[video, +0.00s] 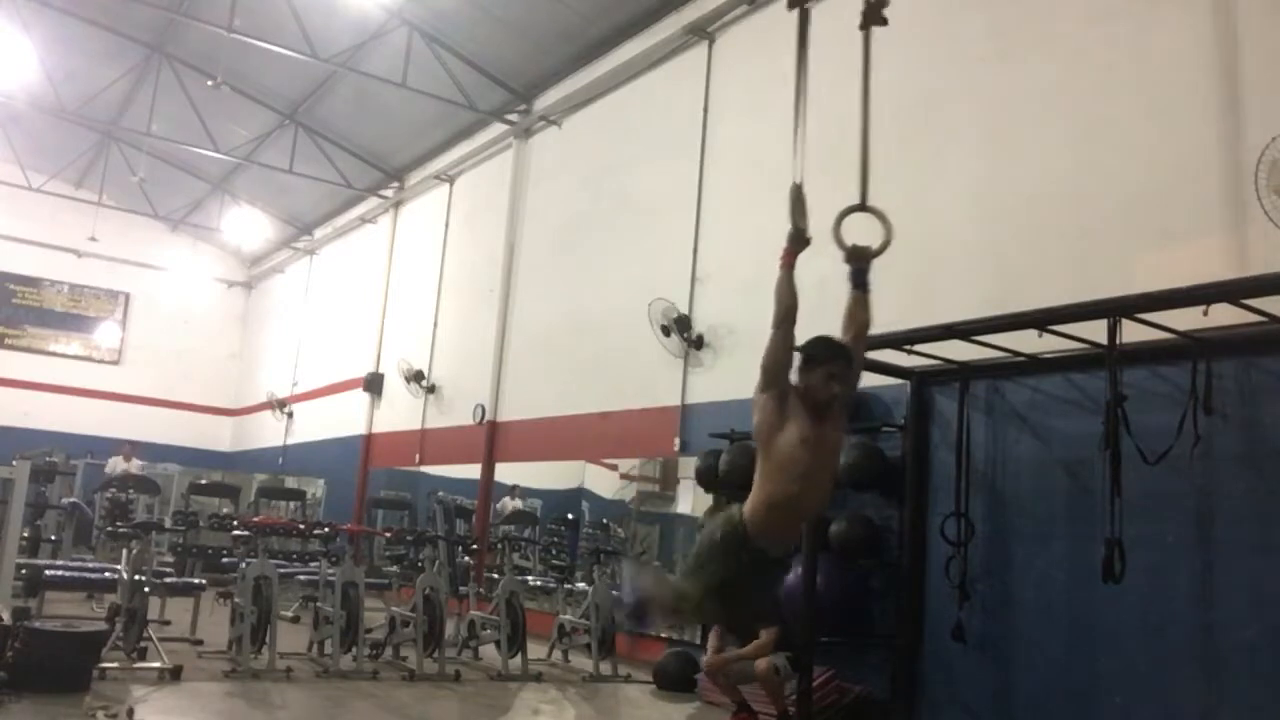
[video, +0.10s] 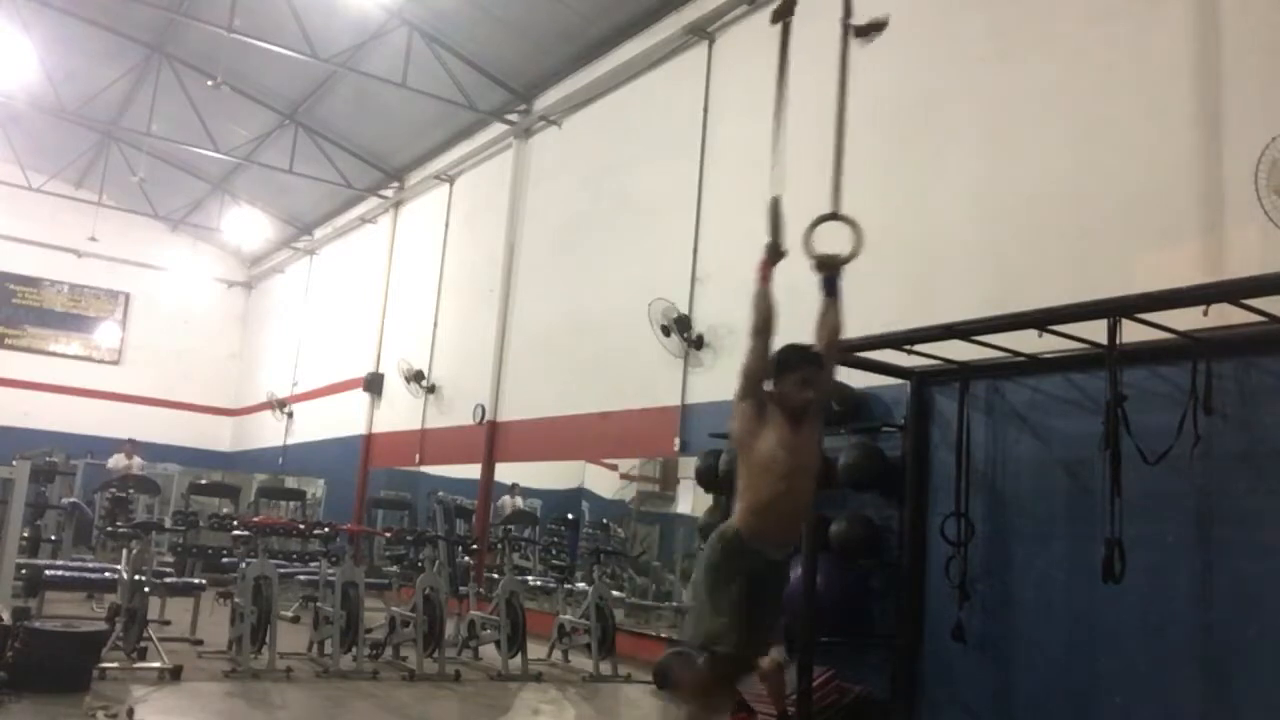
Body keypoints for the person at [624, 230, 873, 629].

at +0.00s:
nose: (837, 388)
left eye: (843, 381)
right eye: (829, 378)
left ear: (847, 386)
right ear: (803, 374)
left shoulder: (834, 416)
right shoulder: (776, 403)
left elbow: (855, 339)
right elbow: (783, 324)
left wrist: (860, 275)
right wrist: (790, 255)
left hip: (776, 557)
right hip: (736, 541)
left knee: (739, 628)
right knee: (689, 605)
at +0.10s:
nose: (810, 393)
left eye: (815, 386)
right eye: (801, 384)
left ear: (823, 387)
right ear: (778, 382)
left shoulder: (811, 418)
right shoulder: (754, 411)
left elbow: (828, 349)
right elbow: (761, 336)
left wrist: (830, 283)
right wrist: (764, 275)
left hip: (776, 562)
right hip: (734, 552)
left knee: (745, 659)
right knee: (712, 659)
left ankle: (702, 697)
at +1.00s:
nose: (842, 232)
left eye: (849, 227)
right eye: (840, 223)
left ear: (854, 220)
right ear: (826, 206)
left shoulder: (841, 237)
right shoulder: (780, 196)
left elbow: (829, 274)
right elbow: (720, 173)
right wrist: (725, 209)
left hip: (784, 313)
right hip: (748, 312)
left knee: (853, 333)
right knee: (825, 326)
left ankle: (897, 397)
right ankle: (881, 399)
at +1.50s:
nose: (899, 216)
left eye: (906, 210)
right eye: (898, 205)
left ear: (908, 204)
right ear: (882, 185)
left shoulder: (886, 224)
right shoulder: (835, 184)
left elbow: (881, 268)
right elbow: (770, 163)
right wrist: (780, 209)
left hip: (820, 311)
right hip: (782, 302)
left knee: (831, 408)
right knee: (802, 399)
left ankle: (808, 510)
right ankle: (778, 510)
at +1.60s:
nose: (894, 203)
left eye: (900, 197)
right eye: (891, 193)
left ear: (900, 193)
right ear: (871, 178)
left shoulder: (885, 218)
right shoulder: (824, 186)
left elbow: (886, 271)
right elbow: (757, 171)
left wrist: (890, 258)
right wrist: (774, 221)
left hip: (817, 310)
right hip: (779, 302)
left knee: (849, 384)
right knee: (823, 378)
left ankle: (848, 492)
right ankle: (817, 494)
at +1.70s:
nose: (873, 189)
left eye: (880, 182)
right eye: (869, 178)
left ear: (883, 182)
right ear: (850, 168)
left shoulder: (868, 216)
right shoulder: (805, 188)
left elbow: (903, 264)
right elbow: (735, 189)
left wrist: (898, 245)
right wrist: (762, 218)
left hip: (818, 314)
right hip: (779, 311)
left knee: (871, 360)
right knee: (837, 359)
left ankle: (885, 464)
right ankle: (858, 472)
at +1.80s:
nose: (849, 204)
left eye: (855, 197)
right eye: (844, 193)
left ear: (859, 196)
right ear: (823, 183)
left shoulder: (846, 234)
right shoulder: (783, 214)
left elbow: (852, 275)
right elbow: (721, 241)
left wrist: (898, 267)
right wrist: (738, 231)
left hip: (821, 329)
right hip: (782, 329)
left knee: (893, 346)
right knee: (854, 349)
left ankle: (924, 437)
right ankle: (895, 451)